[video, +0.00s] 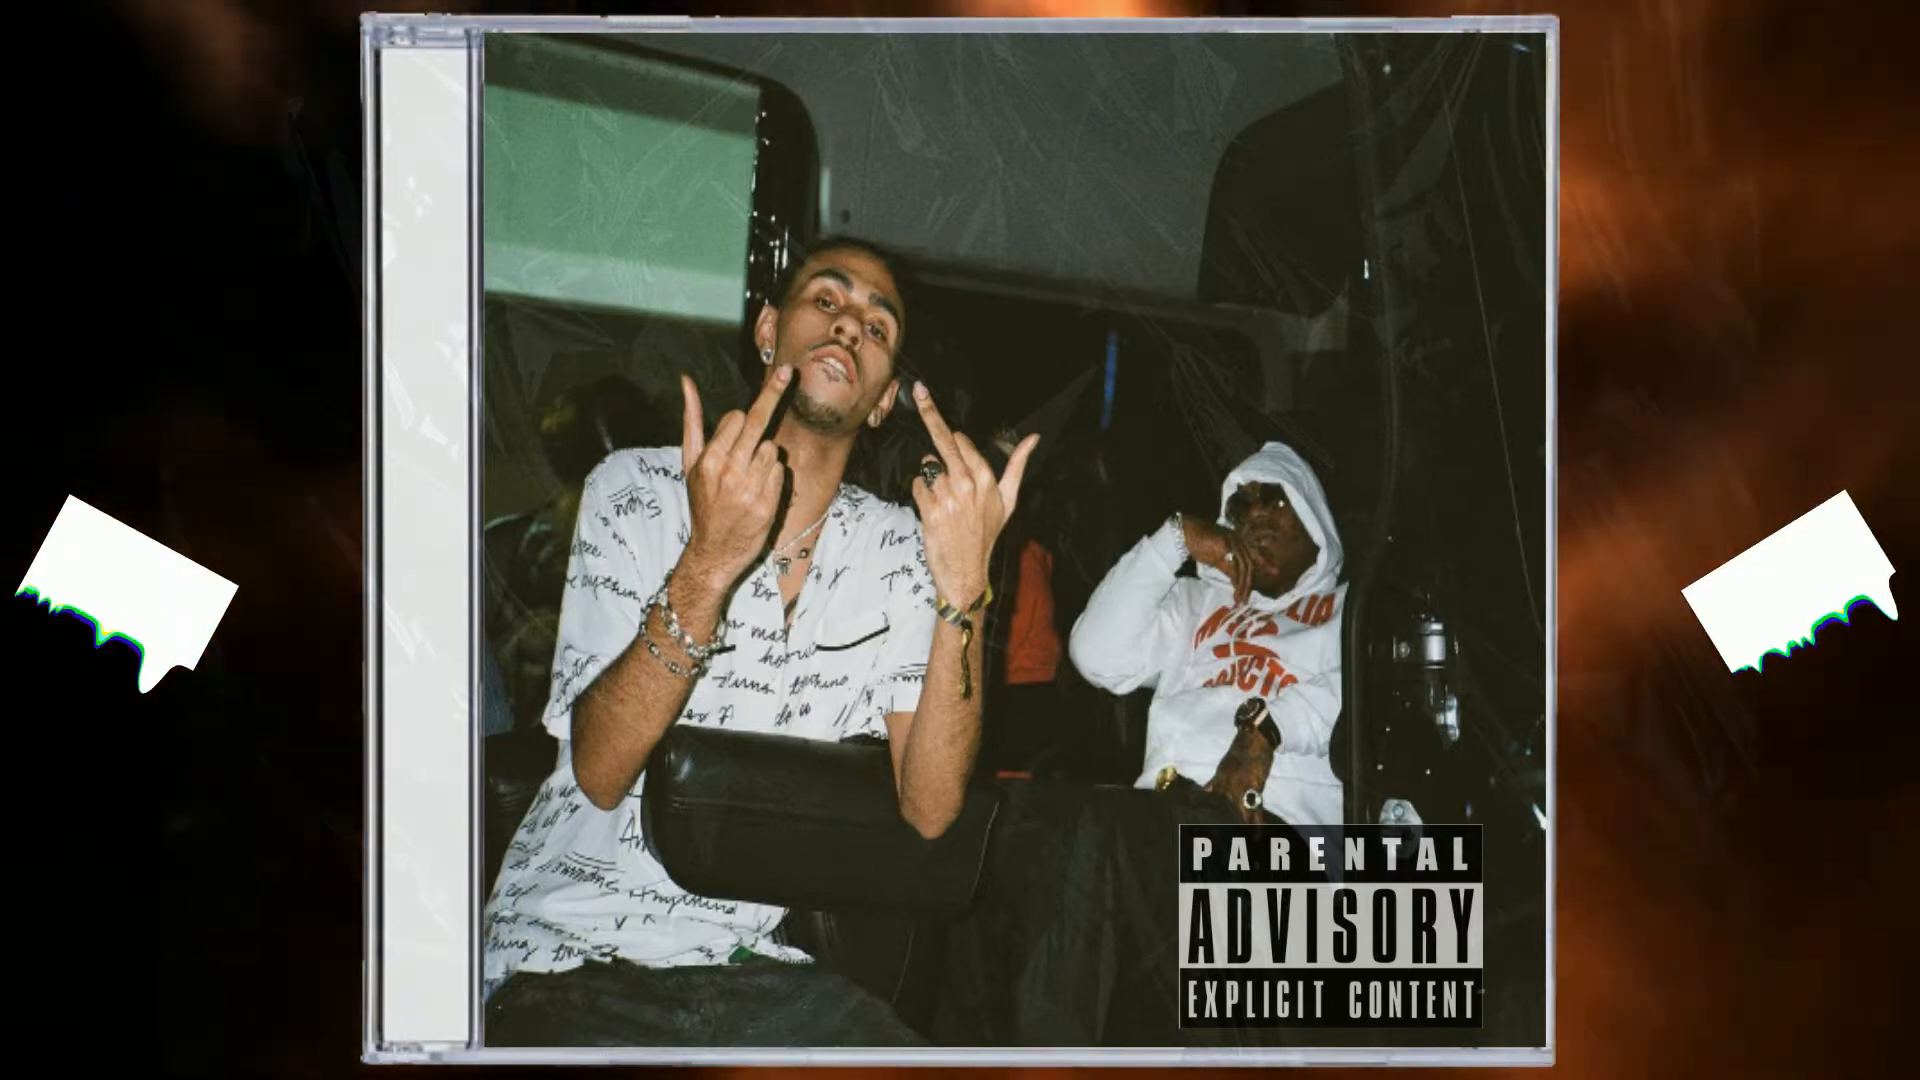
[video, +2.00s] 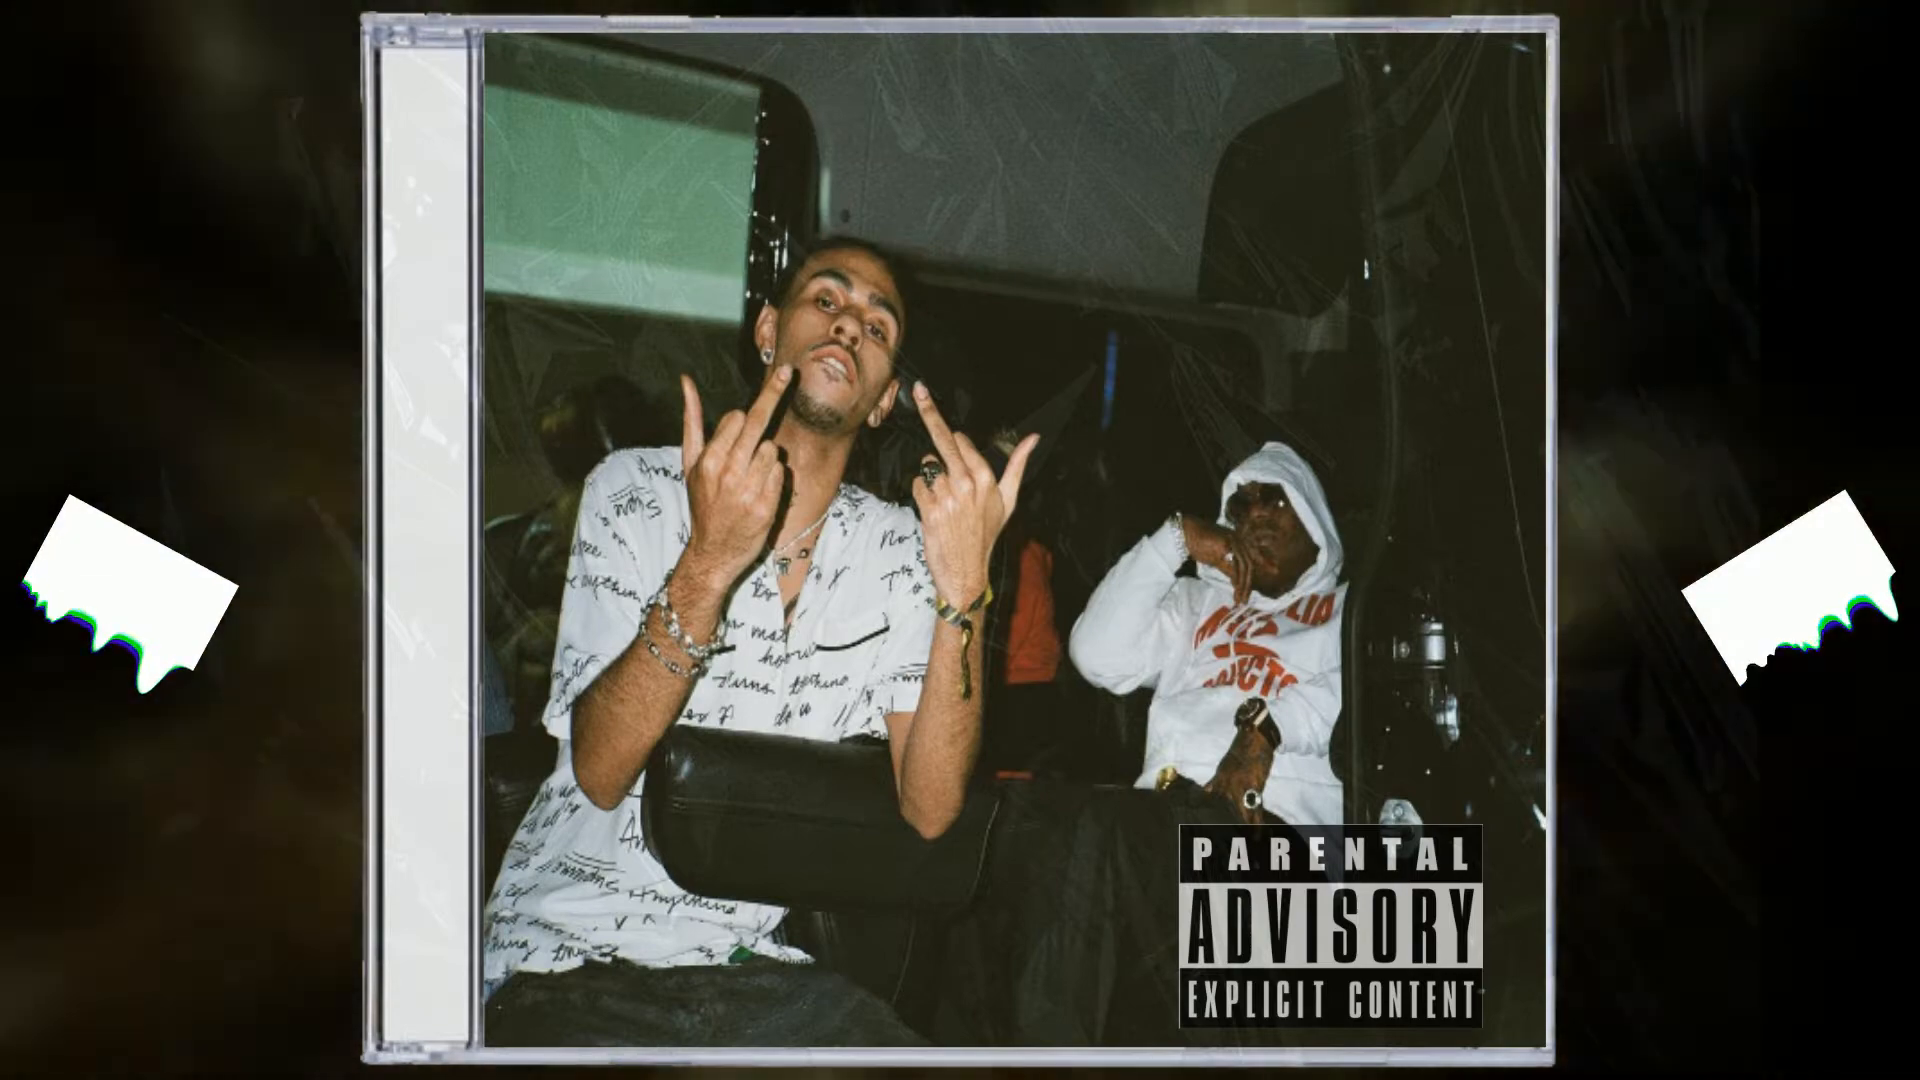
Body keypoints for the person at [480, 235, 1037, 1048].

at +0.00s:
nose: (852, 323)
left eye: (878, 324)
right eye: (826, 299)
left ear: (886, 397)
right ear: (766, 333)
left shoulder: (902, 550)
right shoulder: (637, 490)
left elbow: (930, 809)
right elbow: (601, 771)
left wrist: (965, 594)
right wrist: (709, 564)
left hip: (752, 956)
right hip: (567, 942)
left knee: (907, 1065)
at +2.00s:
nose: (851, 322)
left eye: (878, 323)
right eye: (826, 298)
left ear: (886, 396)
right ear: (767, 333)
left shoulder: (903, 550)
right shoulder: (637, 490)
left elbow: (931, 809)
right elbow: (601, 770)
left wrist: (966, 594)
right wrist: (709, 564)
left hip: (751, 956)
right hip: (568, 944)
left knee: (909, 1064)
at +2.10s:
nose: (851, 323)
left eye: (879, 323)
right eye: (826, 298)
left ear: (887, 395)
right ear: (767, 333)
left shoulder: (903, 550)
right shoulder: (638, 490)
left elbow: (931, 809)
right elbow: (601, 770)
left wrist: (965, 594)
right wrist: (710, 564)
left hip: (755, 957)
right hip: (571, 946)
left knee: (911, 1067)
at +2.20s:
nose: (851, 323)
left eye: (879, 323)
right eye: (826, 298)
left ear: (887, 395)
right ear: (767, 333)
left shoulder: (903, 550)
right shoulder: (638, 490)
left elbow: (931, 809)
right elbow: (601, 770)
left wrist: (965, 594)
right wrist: (710, 564)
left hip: (755, 957)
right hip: (571, 945)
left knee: (908, 1063)